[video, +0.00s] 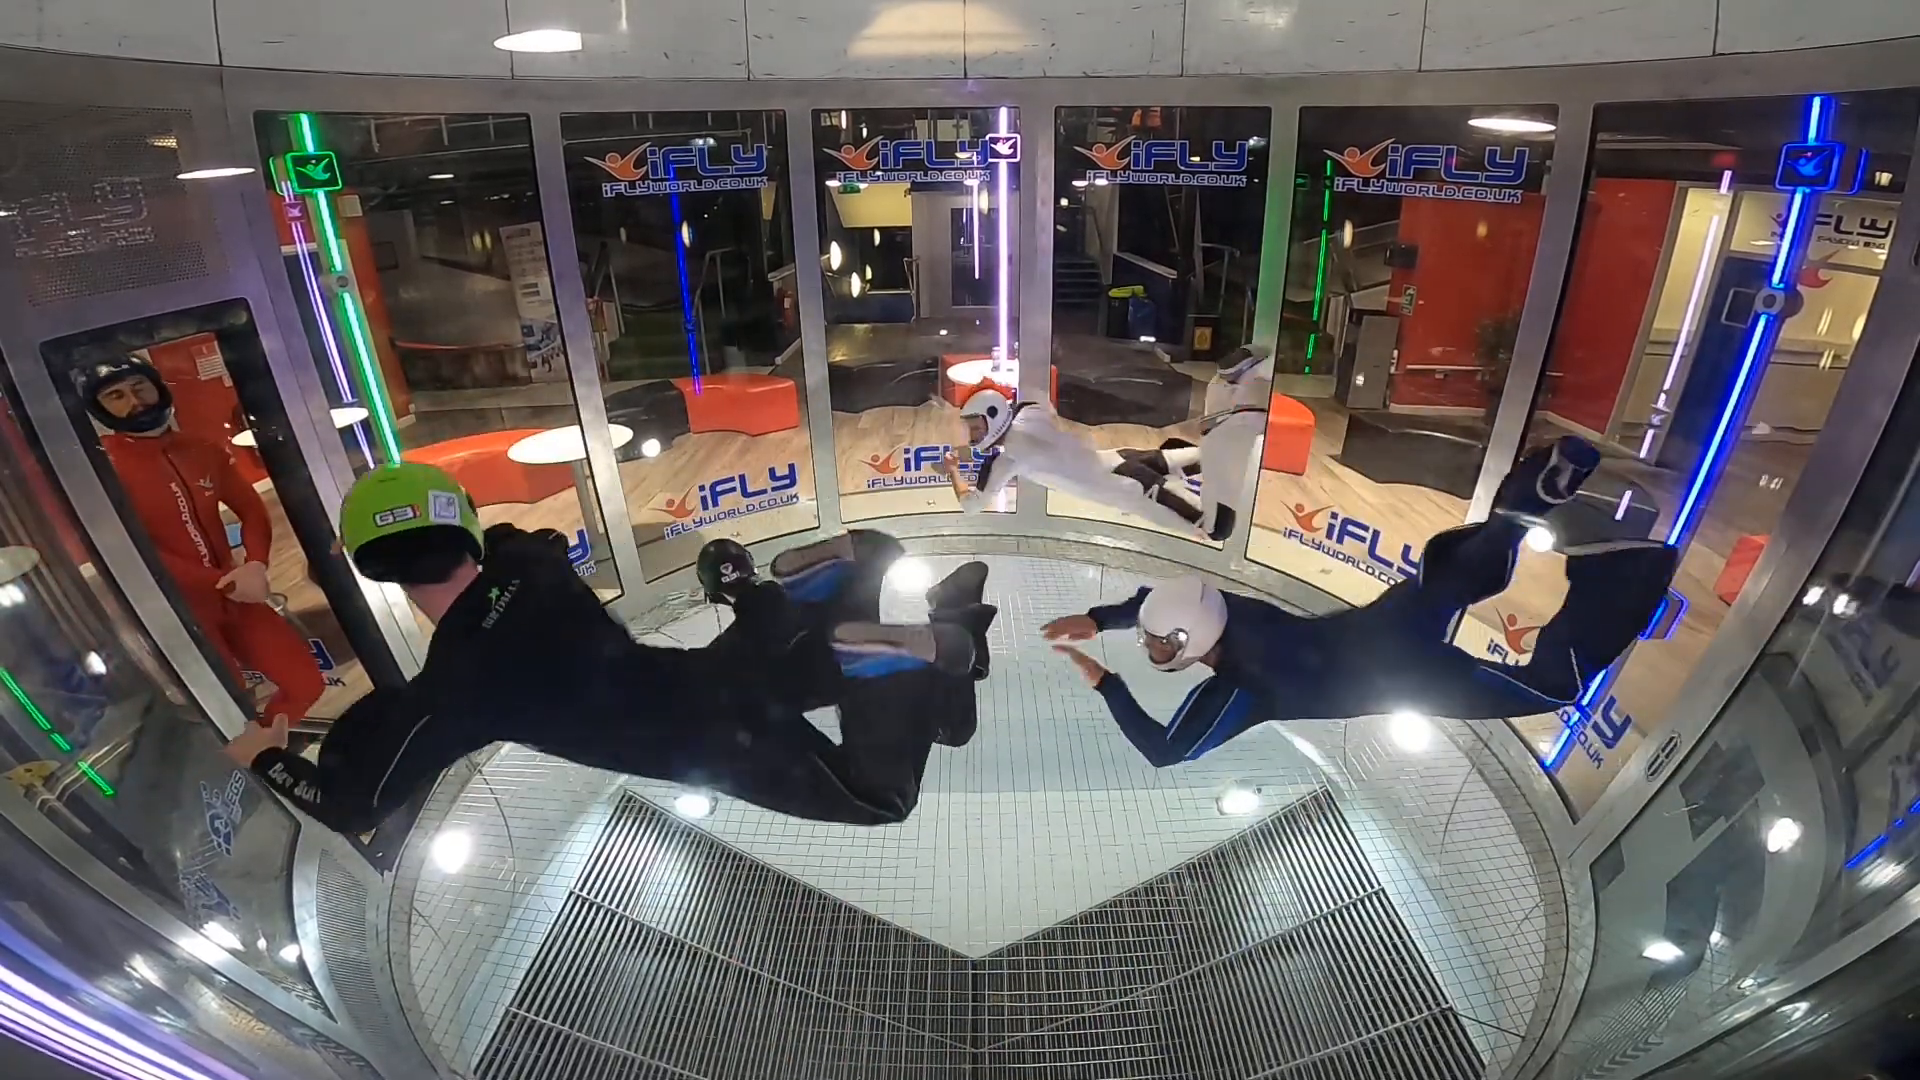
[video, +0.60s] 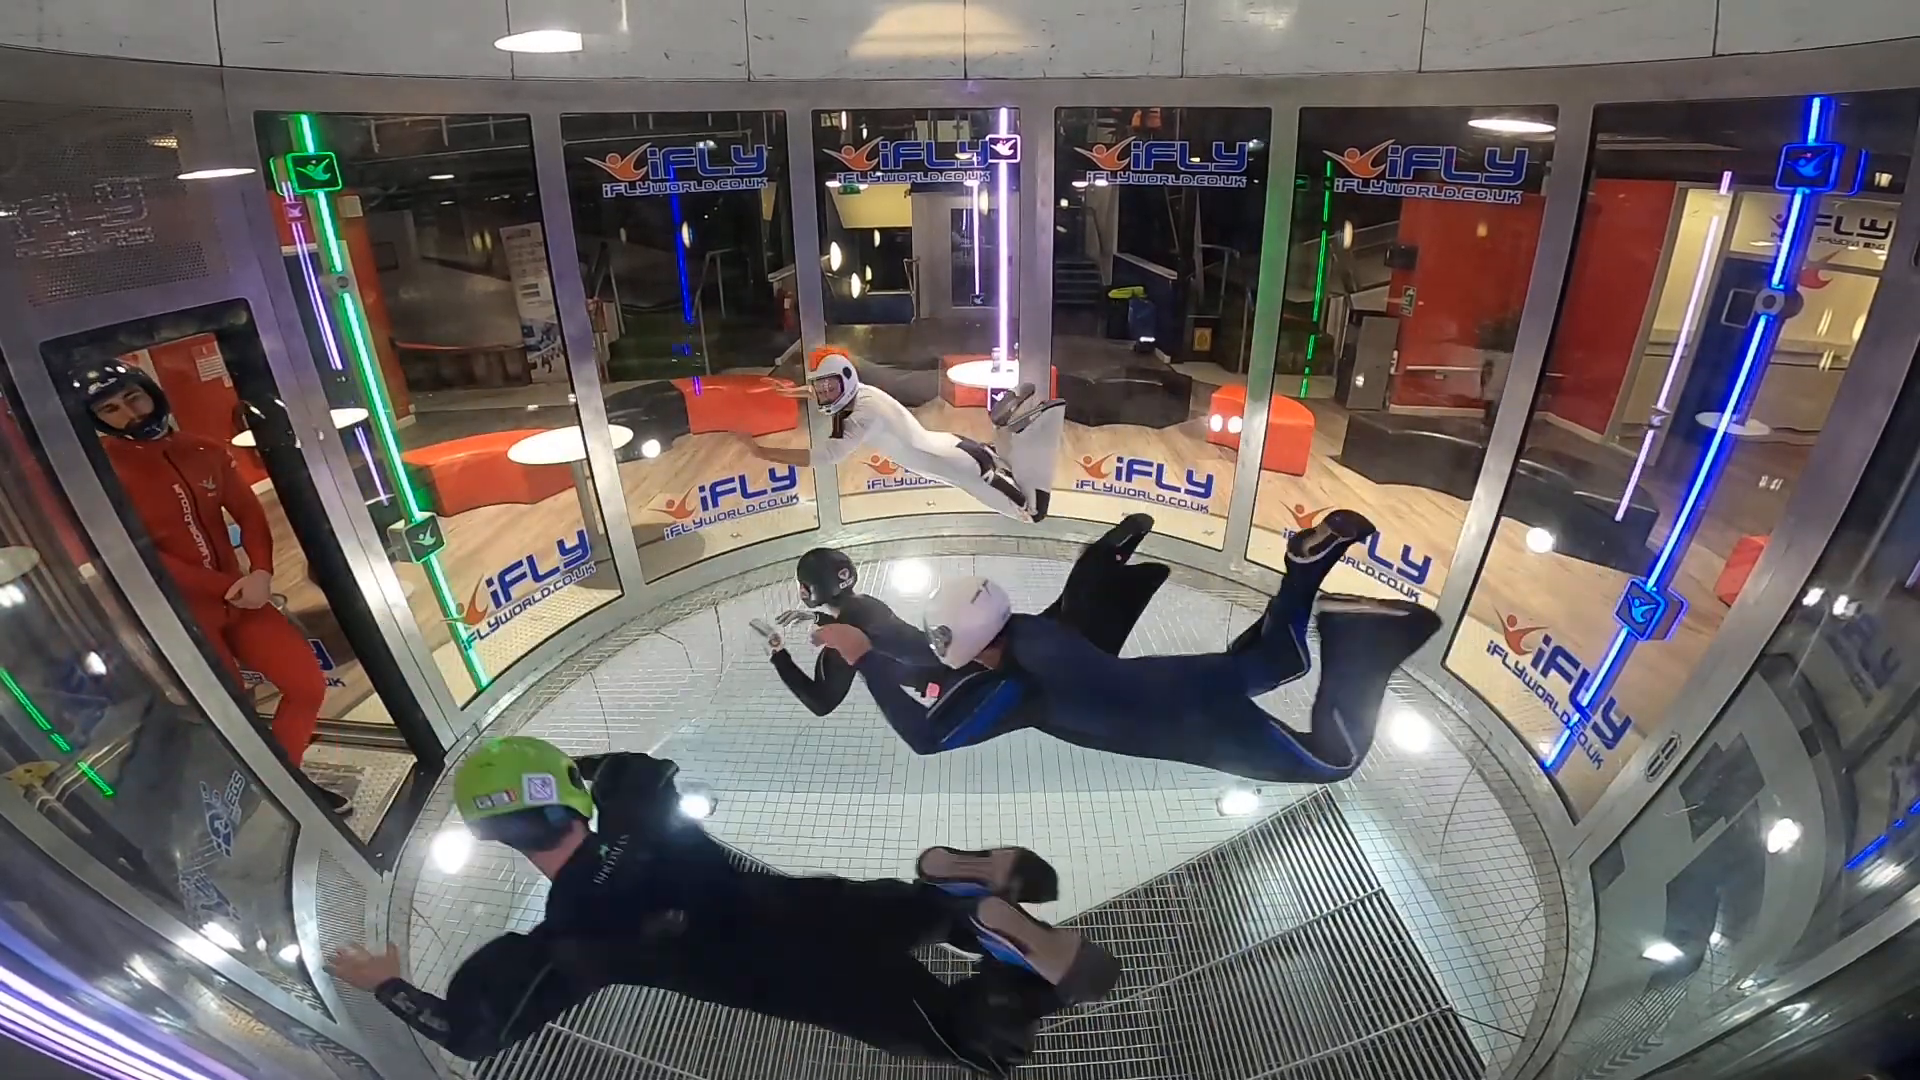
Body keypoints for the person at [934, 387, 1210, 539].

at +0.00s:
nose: (971, 433)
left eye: (975, 426)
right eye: (968, 426)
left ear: (994, 421)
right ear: (999, 414)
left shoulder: (1009, 456)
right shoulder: (1031, 413)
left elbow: (971, 504)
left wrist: (953, 474)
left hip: (1116, 483)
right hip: (1116, 457)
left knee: (1208, 524)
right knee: (1166, 458)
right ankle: (1221, 454)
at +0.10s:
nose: (942, 424)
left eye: (947, 416)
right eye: (941, 416)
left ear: (967, 409)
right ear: (971, 400)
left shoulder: (977, 446)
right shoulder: (1003, 402)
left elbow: (952, 496)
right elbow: (1036, 415)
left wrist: (935, 482)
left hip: (1079, 479)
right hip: (1084, 450)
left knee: (1166, 522)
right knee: (1135, 458)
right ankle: (1182, 453)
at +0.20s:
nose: (915, 410)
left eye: (920, 401)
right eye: (911, 402)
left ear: (940, 397)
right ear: (944, 393)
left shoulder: (953, 435)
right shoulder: (969, 400)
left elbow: (925, 488)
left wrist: (897, 473)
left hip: (1055, 476)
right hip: (1054, 449)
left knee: (1139, 520)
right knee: (1094, 454)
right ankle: (1143, 455)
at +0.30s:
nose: (886, 405)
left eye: (891, 397)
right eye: (882, 399)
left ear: (911, 391)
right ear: (904, 391)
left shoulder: (928, 422)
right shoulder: (932, 395)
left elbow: (891, 477)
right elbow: (907, 412)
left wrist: (851, 463)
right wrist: (881, 412)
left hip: (1024, 470)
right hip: (1017, 452)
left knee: (1103, 512)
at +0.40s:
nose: (862, 402)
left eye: (868, 393)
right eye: (857, 396)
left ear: (886, 388)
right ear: (863, 392)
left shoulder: (901, 419)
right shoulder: (898, 394)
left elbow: (858, 469)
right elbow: (871, 406)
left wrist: (813, 437)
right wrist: (849, 407)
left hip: (998, 468)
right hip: (990, 452)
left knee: (1078, 508)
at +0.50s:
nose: (839, 394)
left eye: (845, 387)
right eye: (836, 388)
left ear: (863, 386)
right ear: (841, 388)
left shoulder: (881, 418)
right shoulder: (872, 393)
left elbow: (836, 461)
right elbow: (840, 397)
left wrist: (784, 436)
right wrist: (809, 397)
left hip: (979, 465)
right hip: (969, 450)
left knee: (1055, 507)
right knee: (1041, 497)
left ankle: (1039, 428)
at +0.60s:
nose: (824, 394)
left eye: (829, 385)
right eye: (818, 388)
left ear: (847, 381)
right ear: (816, 387)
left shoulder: (865, 410)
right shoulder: (854, 398)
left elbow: (830, 454)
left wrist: (769, 454)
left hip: (957, 464)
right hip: (947, 449)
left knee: (1033, 507)